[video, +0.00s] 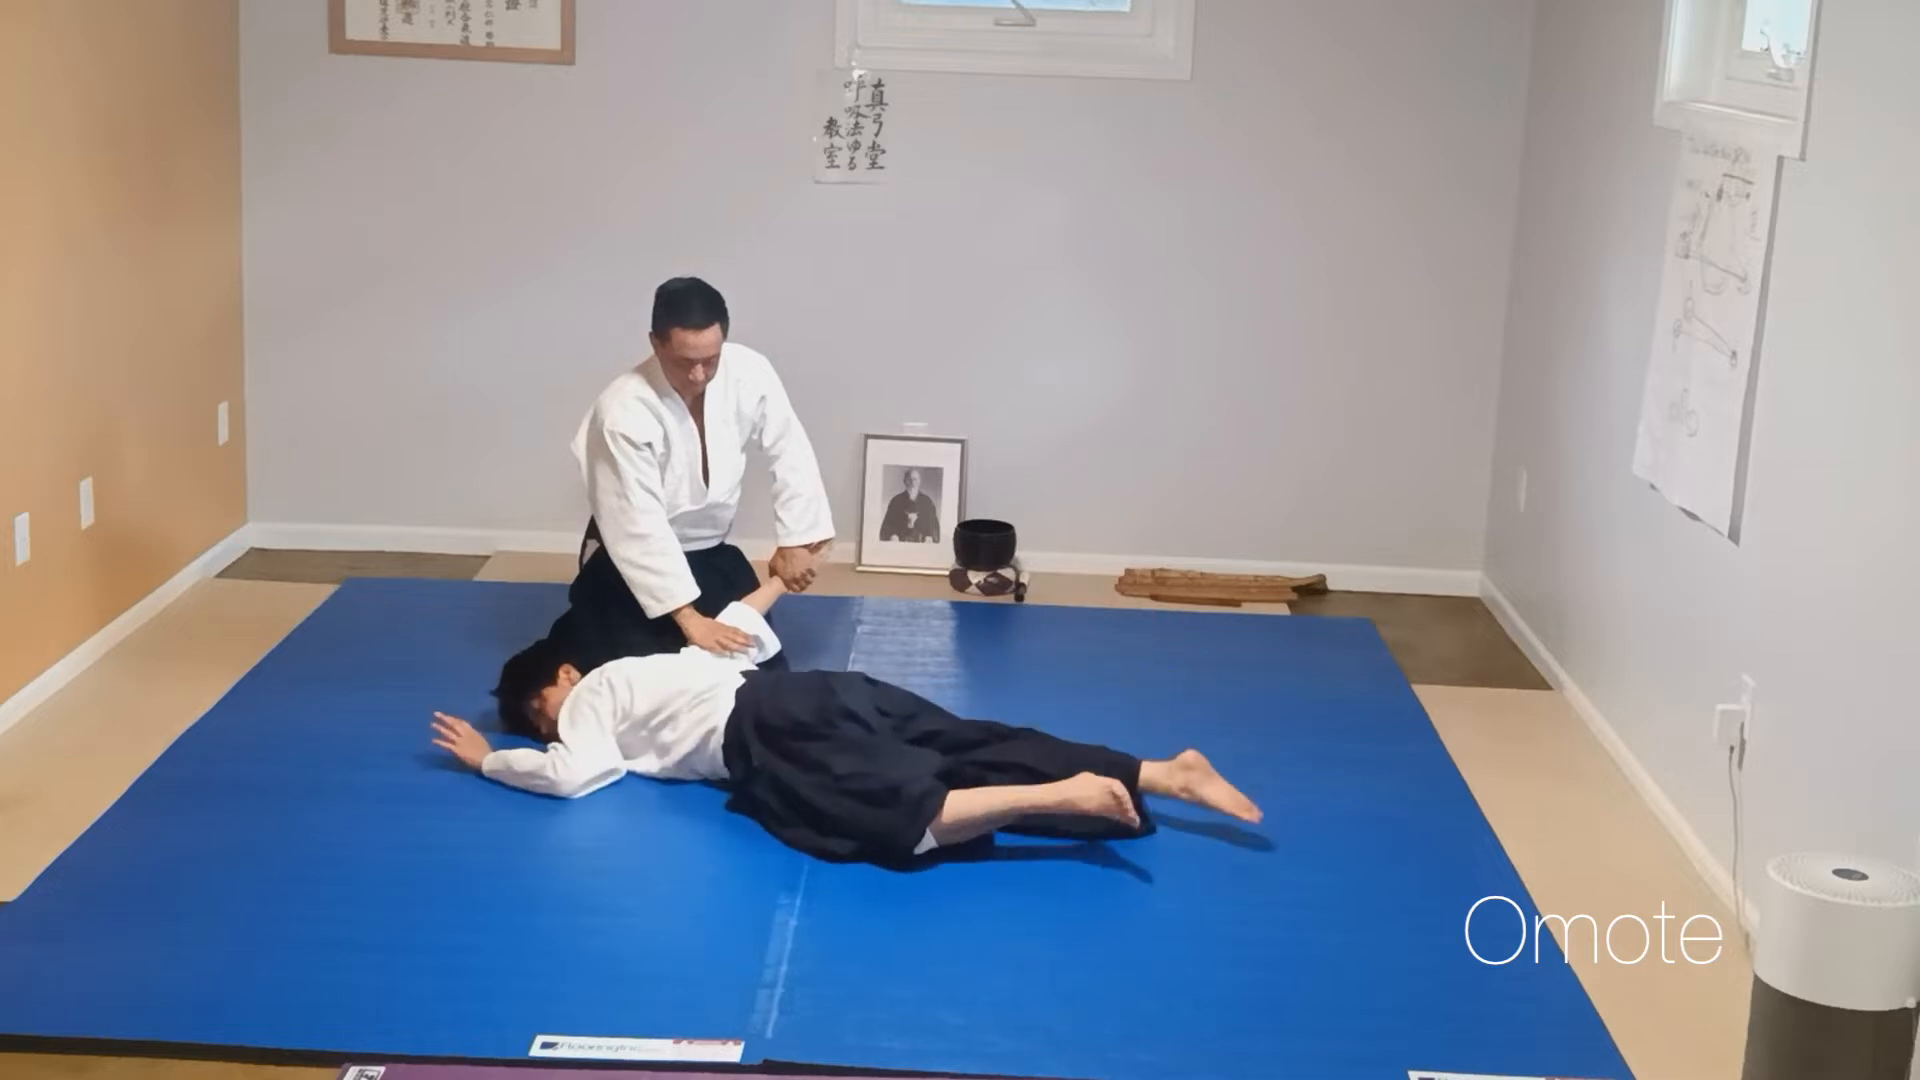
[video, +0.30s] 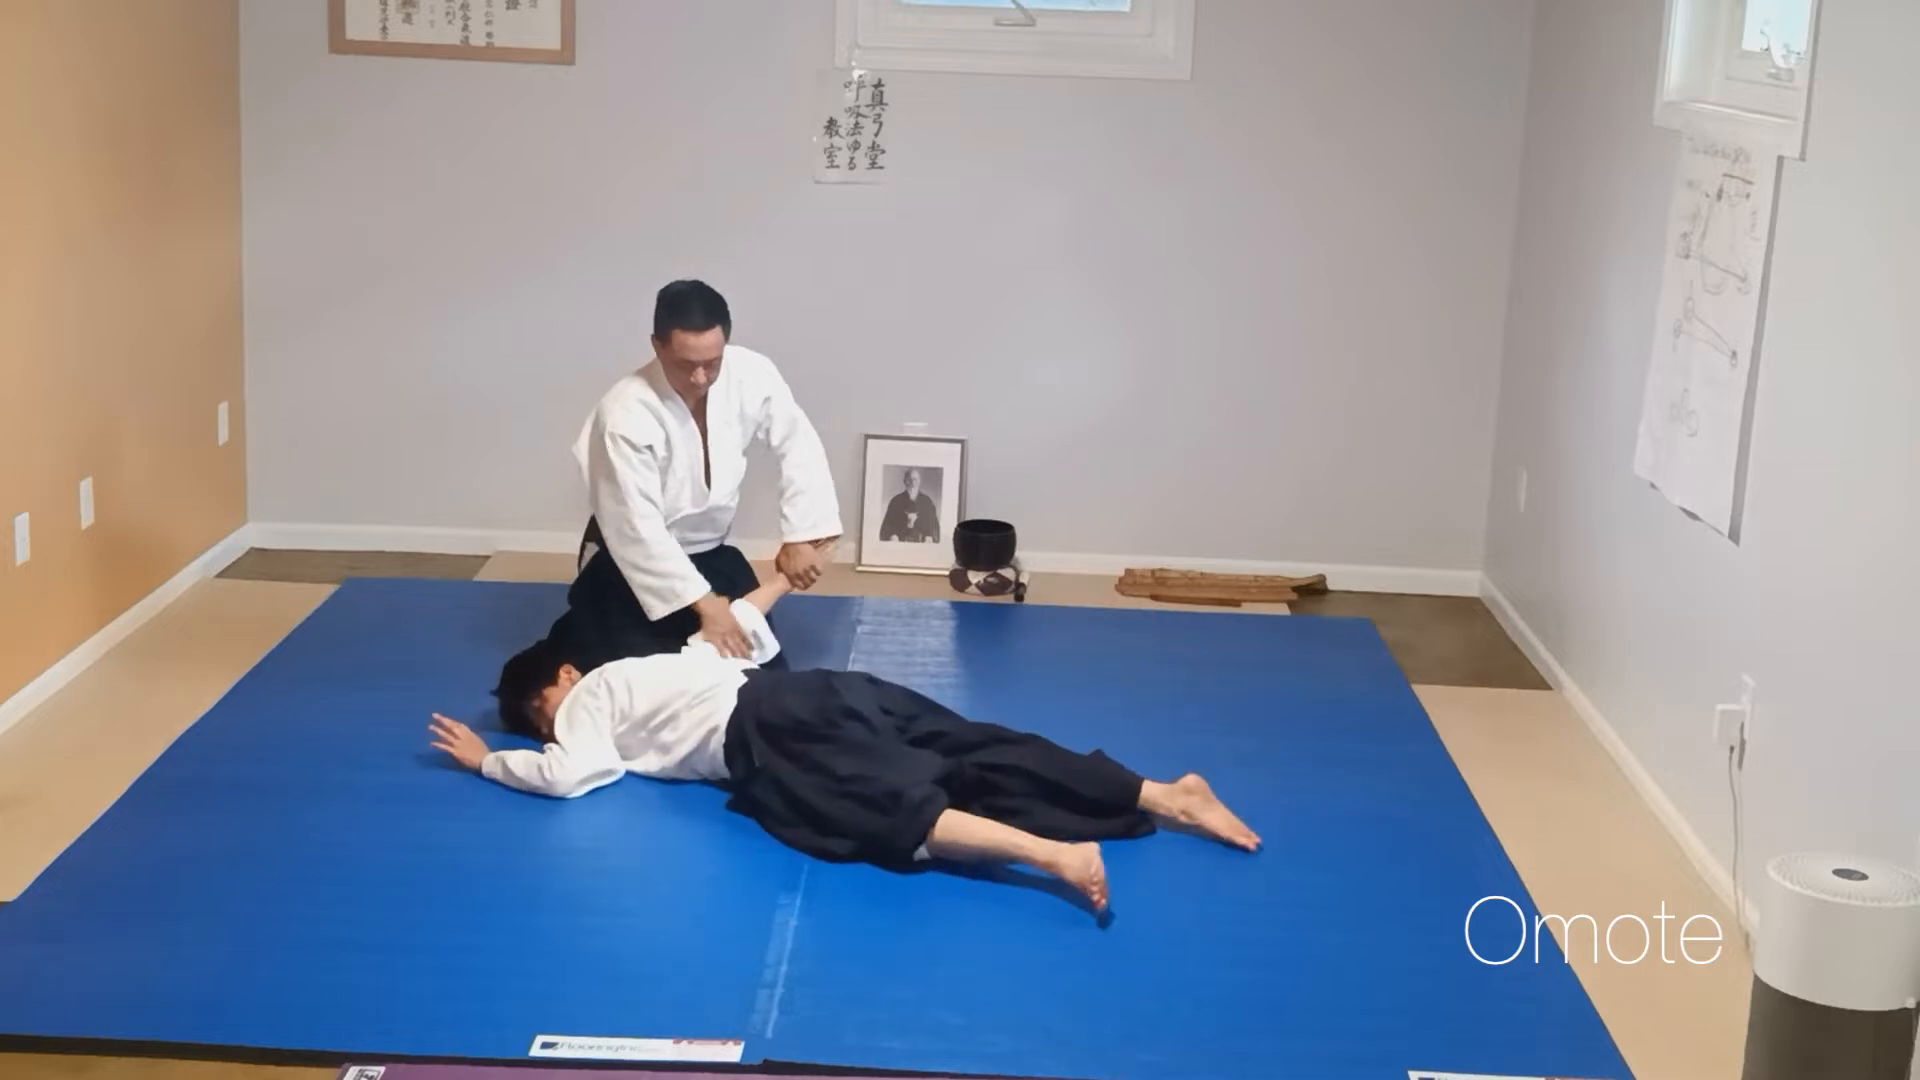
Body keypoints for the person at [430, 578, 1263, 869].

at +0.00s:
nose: (543, 727)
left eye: (535, 714)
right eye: (537, 719)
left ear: (561, 684)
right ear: (578, 668)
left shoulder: (591, 697)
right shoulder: (660, 667)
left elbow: (573, 774)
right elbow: (735, 649)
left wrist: (488, 761)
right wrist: (761, 600)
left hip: (772, 726)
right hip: (811, 683)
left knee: (900, 816)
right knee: (965, 745)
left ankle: (1046, 799)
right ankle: (1165, 774)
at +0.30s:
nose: (546, 734)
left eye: (539, 719)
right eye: (541, 724)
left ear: (558, 688)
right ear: (580, 666)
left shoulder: (590, 700)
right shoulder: (656, 664)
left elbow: (570, 775)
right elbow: (743, 650)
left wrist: (484, 759)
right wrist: (755, 608)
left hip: (771, 725)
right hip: (817, 684)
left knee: (902, 814)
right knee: (971, 751)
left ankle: (1052, 856)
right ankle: (1168, 797)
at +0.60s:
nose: (546, 722)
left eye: (537, 709)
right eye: (542, 712)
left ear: (560, 684)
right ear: (578, 666)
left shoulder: (584, 701)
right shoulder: (661, 662)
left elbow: (571, 771)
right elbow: (731, 628)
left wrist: (485, 759)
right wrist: (754, 574)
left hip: (768, 724)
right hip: (815, 681)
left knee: (882, 804)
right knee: (969, 748)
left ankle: (1007, 881)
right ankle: (1167, 797)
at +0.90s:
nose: (539, 726)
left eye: (532, 712)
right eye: (536, 714)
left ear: (552, 689)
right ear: (573, 668)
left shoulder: (579, 701)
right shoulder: (653, 658)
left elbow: (563, 778)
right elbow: (716, 627)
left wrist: (484, 759)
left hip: (760, 740)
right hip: (807, 685)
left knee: (885, 809)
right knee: (966, 745)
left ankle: (1022, 863)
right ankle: (1165, 795)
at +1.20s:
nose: (544, 725)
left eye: (534, 714)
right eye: (540, 714)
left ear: (547, 693)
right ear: (570, 662)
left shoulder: (574, 711)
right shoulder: (650, 654)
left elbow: (561, 778)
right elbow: (693, 586)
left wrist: (488, 761)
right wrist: (722, 506)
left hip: (747, 739)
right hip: (793, 690)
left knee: (889, 804)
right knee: (958, 749)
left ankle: (1043, 843)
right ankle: (1160, 799)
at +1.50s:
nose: (536, 720)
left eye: (527, 710)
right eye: (533, 709)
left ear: (546, 692)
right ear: (573, 664)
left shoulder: (573, 699)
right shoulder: (647, 660)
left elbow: (558, 778)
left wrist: (488, 759)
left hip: (748, 737)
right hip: (802, 687)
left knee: (889, 809)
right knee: (964, 748)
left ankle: (1030, 860)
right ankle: (1159, 797)